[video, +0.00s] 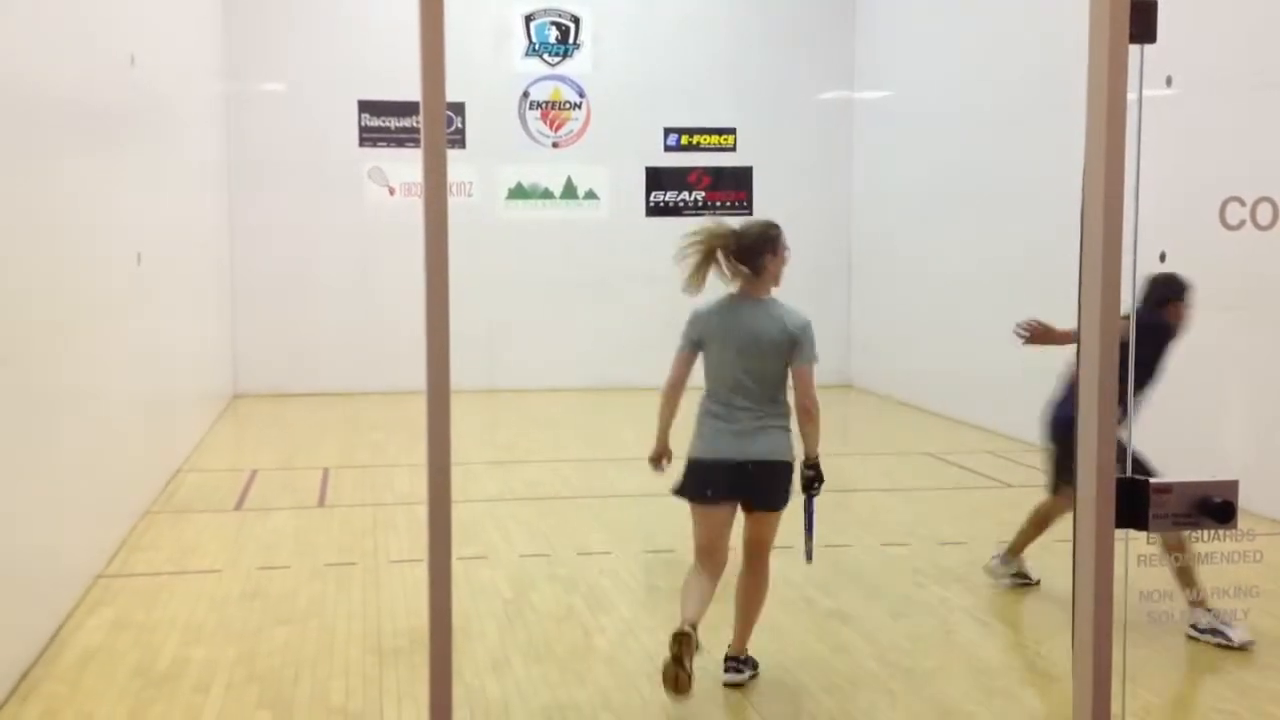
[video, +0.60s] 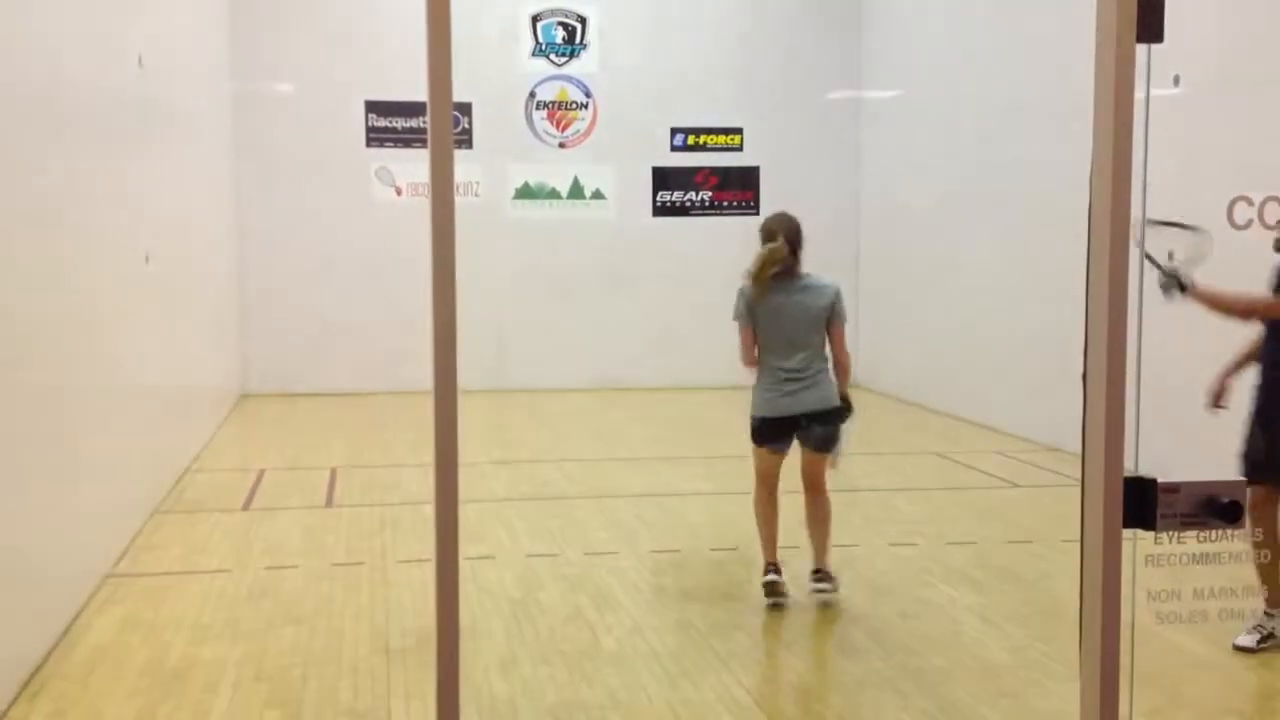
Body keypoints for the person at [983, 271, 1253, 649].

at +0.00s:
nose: (1186, 313)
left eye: (1185, 306)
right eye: (1183, 306)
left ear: (1155, 304)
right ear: (1169, 307)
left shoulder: (1147, 328)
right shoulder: (1152, 329)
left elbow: (1105, 332)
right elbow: (1107, 329)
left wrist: (1058, 336)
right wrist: (1059, 335)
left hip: (1072, 424)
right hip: (1088, 430)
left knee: (1065, 495)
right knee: (1161, 502)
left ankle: (1007, 559)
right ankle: (1200, 612)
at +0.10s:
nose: (1231, 308)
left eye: (1230, 299)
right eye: (1227, 299)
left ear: (1205, 295)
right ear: (1206, 294)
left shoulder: (1178, 326)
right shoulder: (1174, 310)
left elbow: (1147, 401)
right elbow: (1119, 325)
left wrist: (1188, 427)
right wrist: (1064, 352)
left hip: (1137, 432)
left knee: (1109, 504)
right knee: (1194, 509)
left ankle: (1038, 552)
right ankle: (1204, 612)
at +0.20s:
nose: (1259, 281)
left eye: (1263, 273)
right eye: (1255, 269)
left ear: (1255, 272)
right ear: (1229, 260)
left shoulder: (1241, 327)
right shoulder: (1173, 281)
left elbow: (1262, 381)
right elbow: (1113, 307)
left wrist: (1276, 383)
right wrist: (1095, 360)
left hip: (1184, 412)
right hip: (1142, 397)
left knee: (1151, 504)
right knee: (1179, 501)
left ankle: (1071, 555)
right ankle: (1203, 606)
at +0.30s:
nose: (1269, 257)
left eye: (1274, 250)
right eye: (1266, 245)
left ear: (1274, 253)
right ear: (1245, 234)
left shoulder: (1269, 296)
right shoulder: (1193, 267)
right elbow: (1136, 304)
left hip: (1221, 403)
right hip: (1176, 397)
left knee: (1205, 506)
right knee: (1192, 504)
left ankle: (1127, 560)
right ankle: (1215, 606)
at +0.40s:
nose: (1278, 231)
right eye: (1273, 223)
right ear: (1258, 227)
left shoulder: (1277, 277)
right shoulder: (1220, 268)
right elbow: (1190, 309)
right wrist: (1174, 339)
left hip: (1265, 401)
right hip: (1212, 398)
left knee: (1258, 502)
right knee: (1217, 502)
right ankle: (1235, 605)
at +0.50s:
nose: (1275, 229)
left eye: (1277, 223)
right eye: (1273, 222)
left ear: (1277, 230)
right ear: (1268, 227)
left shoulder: (1270, 271)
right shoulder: (1253, 268)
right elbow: (1230, 322)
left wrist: (1183, 254)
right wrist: (1190, 358)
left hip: (1273, 406)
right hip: (1242, 404)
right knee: (1237, 510)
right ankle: (1258, 607)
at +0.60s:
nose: (1273, 225)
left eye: (1276, 216)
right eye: (1273, 215)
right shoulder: (1276, 267)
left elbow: (1267, 311)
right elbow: (1270, 330)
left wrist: (1192, 288)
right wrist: (1229, 373)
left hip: (1273, 402)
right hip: (1268, 400)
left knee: (1264, 498)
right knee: (1262, 497)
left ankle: (1272, 608)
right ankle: (1272, 607)